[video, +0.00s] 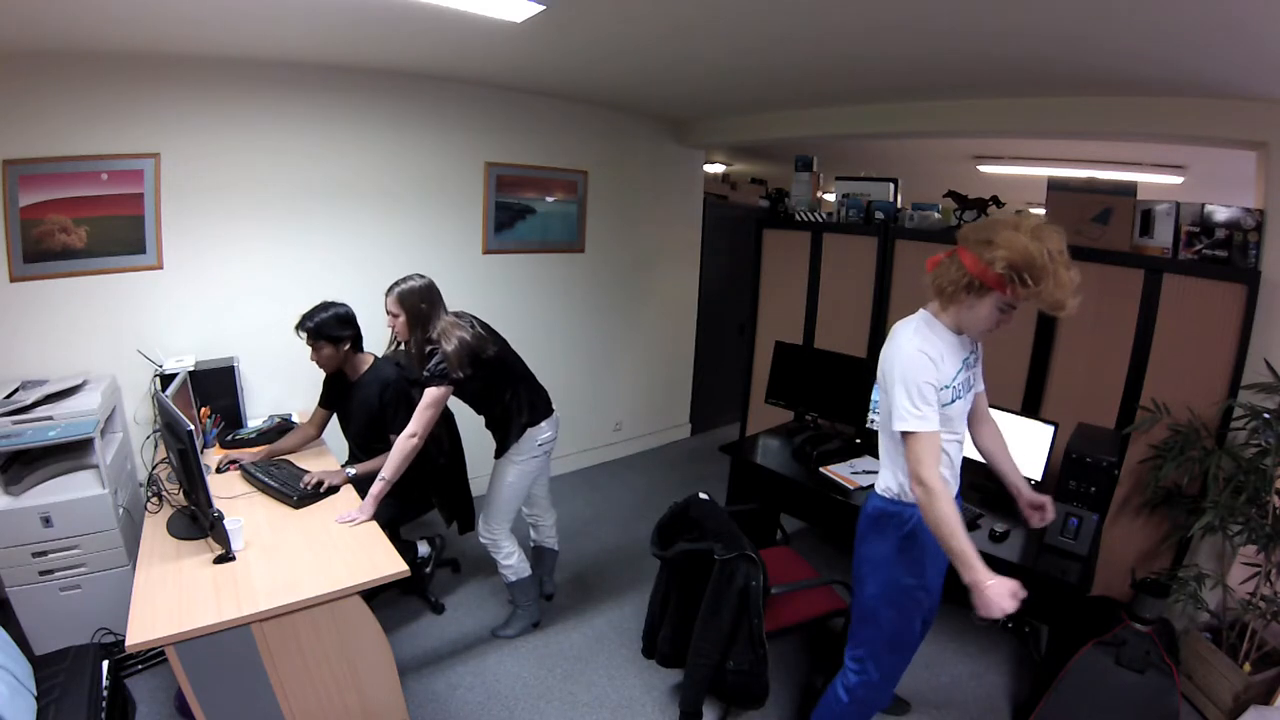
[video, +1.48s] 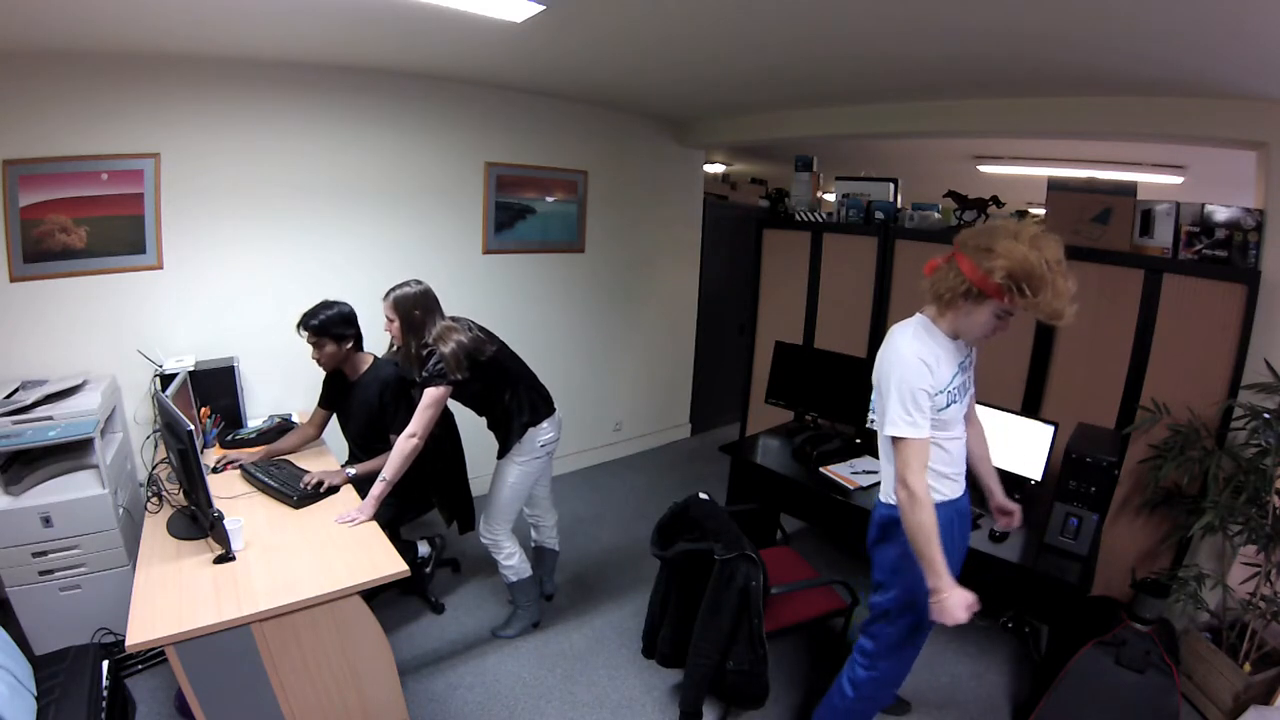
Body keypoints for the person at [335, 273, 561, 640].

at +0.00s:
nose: (389, 324)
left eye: (393, 316)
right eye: (388, 315)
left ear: (418, 313)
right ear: (425, 310)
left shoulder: (446, 349)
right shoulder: (457, 322)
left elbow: (414, 436)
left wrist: (371, 500)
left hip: (525, 431)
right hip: (538, 419)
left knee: (493, 529)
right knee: (538, 506)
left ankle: (527, 607)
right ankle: (545, 581)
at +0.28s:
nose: (388, 326)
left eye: (392, 318)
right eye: (387, 317)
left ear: (416, 315)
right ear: (424, 313)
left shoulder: (445, 352)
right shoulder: (457, 325)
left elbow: (414, 436)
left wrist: (372, 500)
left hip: (526, 431)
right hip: (539, 419)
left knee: (494, 529)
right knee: (539, 507)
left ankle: (527, 608)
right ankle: (545, 582)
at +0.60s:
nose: (387, 327)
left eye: (391, 319)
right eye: (387, 319)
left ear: (414, 317)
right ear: (424, 314)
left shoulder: (445, 353)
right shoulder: (456, 326)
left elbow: (414, 436)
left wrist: (371, 500)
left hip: (527, 432)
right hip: (540, 419)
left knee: (494, 529)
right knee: (539, 507)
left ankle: (527, 608)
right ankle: (545, 581)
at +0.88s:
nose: (387, 327)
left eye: (391, 320)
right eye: (386, 319)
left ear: (414, 318)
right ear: (422, 314)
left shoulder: (445, 352)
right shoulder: (455, 326)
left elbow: (414, 436)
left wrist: (371, 500)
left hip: (528, 432)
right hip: (540, 419)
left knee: (494, 528)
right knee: (539, 507)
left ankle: (527, 607)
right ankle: (545, 581)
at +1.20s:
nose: (386, 328)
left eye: (390, 320)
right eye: (386, 320)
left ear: (413, 318)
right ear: (421, 315)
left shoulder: (445, 352)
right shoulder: (454, 327)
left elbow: (414, 436)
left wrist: (371, 500)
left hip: (528, 431)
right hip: (540, 419)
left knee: (494, 529)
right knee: (540, 508)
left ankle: (527, 607)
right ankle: (545, 582)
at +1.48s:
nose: (386, 328)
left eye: (390, 320)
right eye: (386, 320)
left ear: (413, 318)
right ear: (422, 314)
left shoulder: (444, 355)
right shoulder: (456, 327)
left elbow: (414, 437)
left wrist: (372, 500)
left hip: (528, 432)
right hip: (542, 419)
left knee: (494, 529)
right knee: (540, 507)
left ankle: (527, 607)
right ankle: (545, 582)